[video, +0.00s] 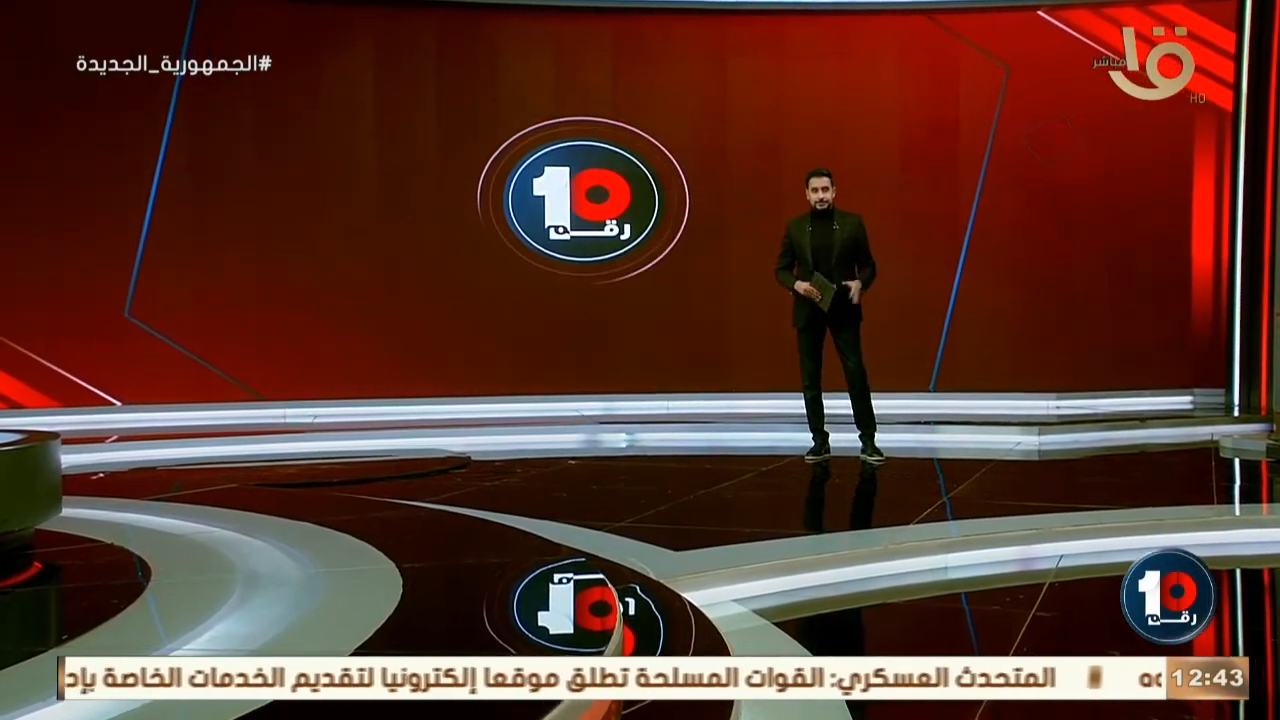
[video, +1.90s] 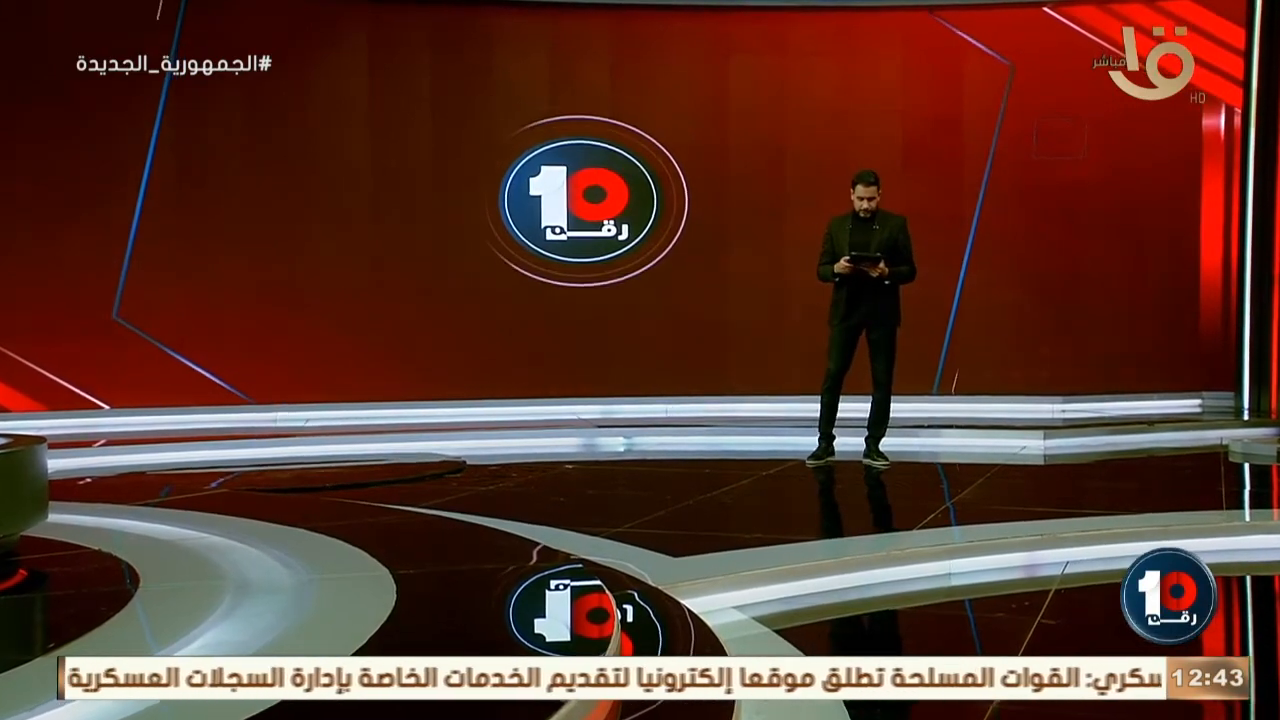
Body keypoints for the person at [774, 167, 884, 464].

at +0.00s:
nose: (820, 195)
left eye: (825, 189)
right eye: (815, 190)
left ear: (834, 191)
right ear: (807, 194)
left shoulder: (852, 224)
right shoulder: (796, 228)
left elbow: (868, 266)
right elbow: (782, 270)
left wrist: (860, 283)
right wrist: (796, 284)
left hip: (844, 311)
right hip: (809, 312)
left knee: (856, 373)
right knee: (810, 378)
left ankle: (868, 441)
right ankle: (819, 441)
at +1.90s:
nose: (866, 205)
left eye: (872, 199)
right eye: (861, 199)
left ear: (879, 197)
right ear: (852, 195)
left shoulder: (895, 225)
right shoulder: (838, 226)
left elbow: (909, 272)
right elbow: (822, 272)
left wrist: (887, 272)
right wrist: (836, 269)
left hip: (882, 315)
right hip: (846, 314)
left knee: (882, 381)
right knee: (833, 375)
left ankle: (873, 447)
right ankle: (825, 443)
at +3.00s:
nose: (860, 204)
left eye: (866, 198)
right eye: (855, 198)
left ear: (874, 196)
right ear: (846, 195)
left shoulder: (889, 225)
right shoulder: (833, 225)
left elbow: (903, 273)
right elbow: (820, 273)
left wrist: (880, 271)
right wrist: (820, 313)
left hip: (877, 316)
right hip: (840, 315)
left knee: (879, 383)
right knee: (830, 379)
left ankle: (873, 449)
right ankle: (824, 447)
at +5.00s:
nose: (850, 202)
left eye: (855, 196)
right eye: (844, 196)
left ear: (862, 195)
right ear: (832, 194)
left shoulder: (875, 225)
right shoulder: (815, 227)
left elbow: (890, 272)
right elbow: (800, 267)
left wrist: (872, 272)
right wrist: (788, 302)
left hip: (863, 318)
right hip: (825, 318)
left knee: (870, 385)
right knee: (822, 387)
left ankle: (874, 455)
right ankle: (824, 454)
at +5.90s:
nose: (868, 199)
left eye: (874, 194)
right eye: (863, 193)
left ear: (880, 195)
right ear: (851, 192)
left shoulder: (893, 227)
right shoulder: (833, 228)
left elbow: (909, 276)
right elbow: (820, 278)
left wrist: (891, 274)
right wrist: (833, 316)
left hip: (882, 322)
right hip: (844, 321)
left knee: (883, 391)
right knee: (834, 389)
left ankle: (877, 458)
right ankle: (827, 456)